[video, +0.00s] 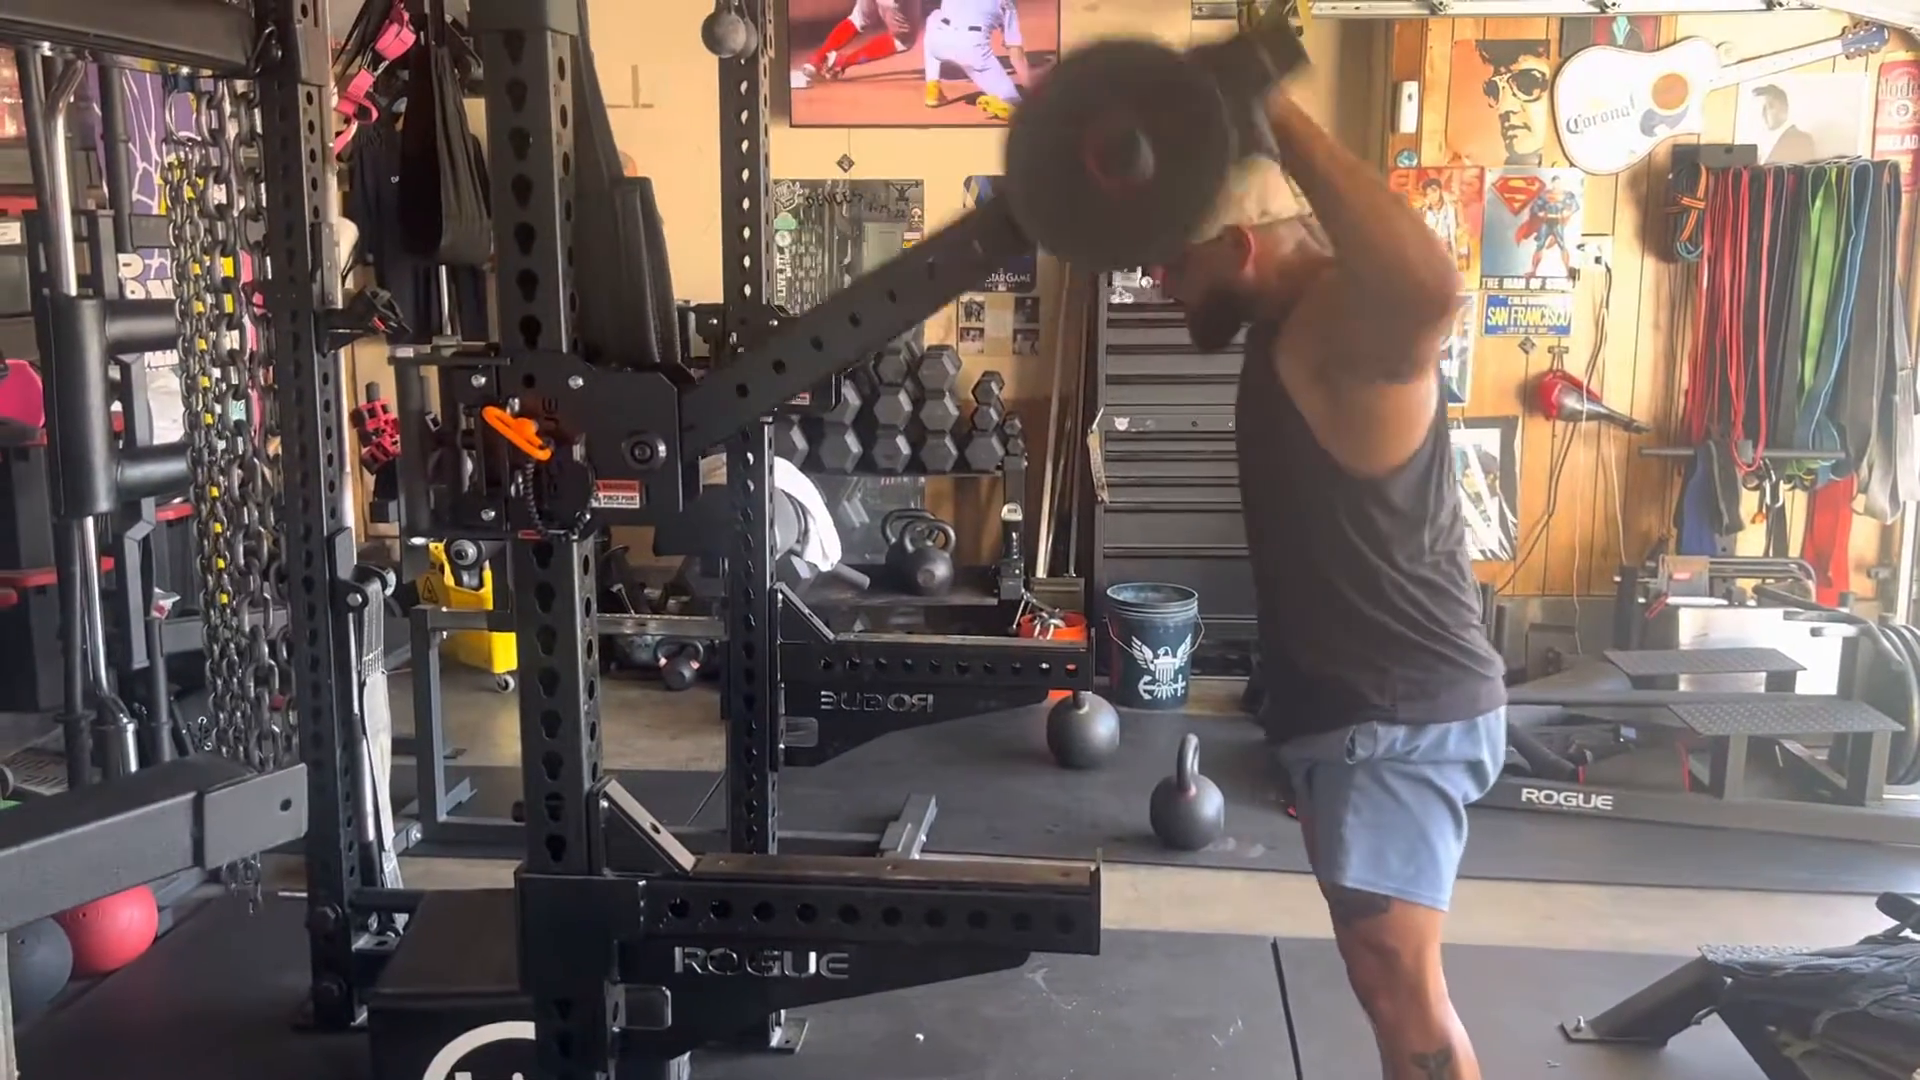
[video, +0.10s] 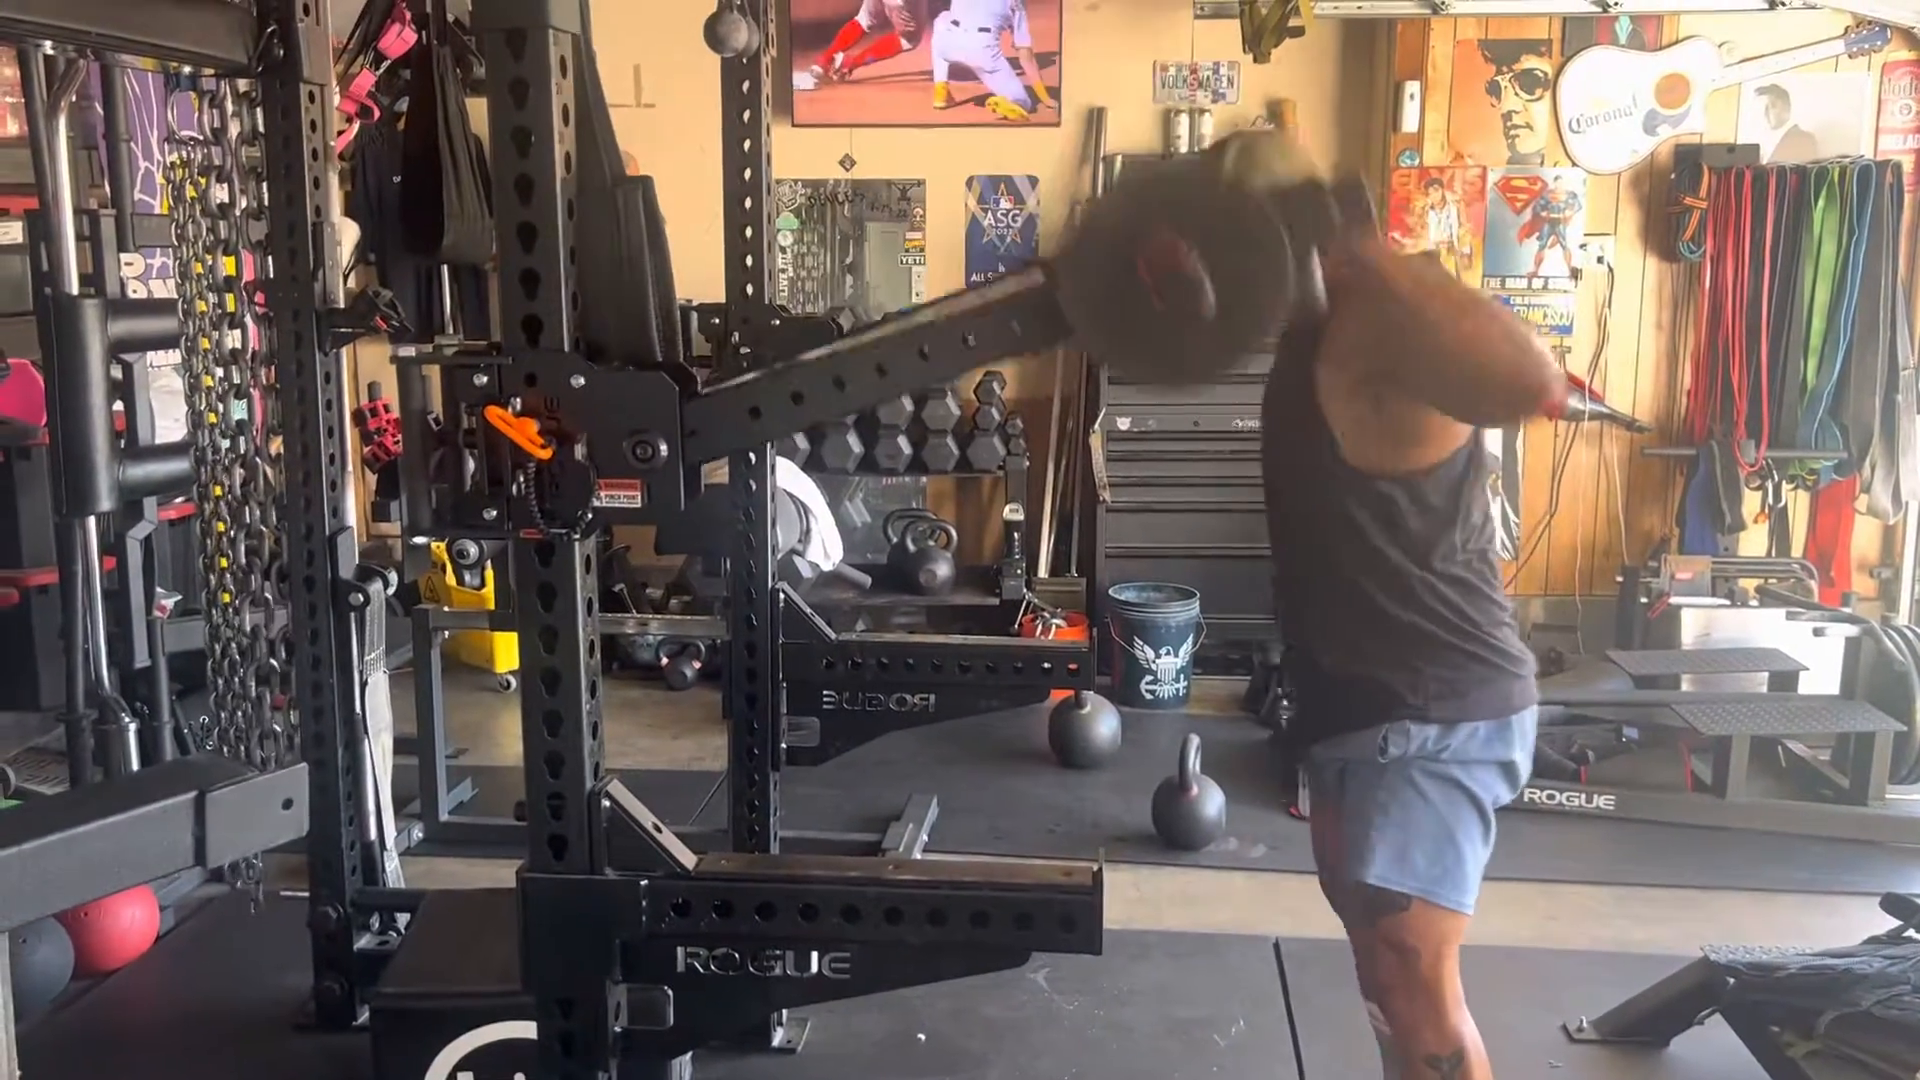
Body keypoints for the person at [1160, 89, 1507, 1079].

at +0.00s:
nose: (1161, 285)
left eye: (1173, 257)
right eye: (1156, 259)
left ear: (1243, 237)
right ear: (1241, 242)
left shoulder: (1350, 320)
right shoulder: (1292, 326)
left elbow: (1430, 285)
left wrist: (1281, 115)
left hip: (1396, 717)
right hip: (1351, 707)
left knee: (1400, 984)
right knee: (1390, 975)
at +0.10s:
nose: (1243, 252)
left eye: (1251, 229)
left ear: (1292, 227)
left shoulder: (1376, 312)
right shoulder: (1325, 322)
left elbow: (1535, 385)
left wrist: (1381, 260)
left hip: (1420, 716)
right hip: (1371, 709)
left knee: (1418, 1005)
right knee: (1398, 995)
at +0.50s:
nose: (1372, 310)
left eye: (1388, 288)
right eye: (1373, 288)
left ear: (1467, 302)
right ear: (1466, 304)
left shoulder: (1559, 417)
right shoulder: (1462, 402)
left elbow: (1453, 608)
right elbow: (1350, 517)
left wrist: (1261, 718)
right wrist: (1216, 578)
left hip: (1629, 750)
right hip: (1523, 724)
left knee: (1453, 987)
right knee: (1405, 876)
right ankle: (1444, 1047)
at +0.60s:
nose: (1333, 354)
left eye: (1348, 331)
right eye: (1334, 332)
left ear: (1427, 340)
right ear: (1426, 341)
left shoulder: (1521, 447)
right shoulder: (1429, 432)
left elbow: (1445, 644)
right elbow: (1330, 543)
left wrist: (1252, 742)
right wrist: (1203, 599)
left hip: (1637, 765)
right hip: (1529, 735)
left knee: (1444, 982)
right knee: (1397, 878)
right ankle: (1432, 1062)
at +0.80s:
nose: (1343, 376)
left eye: (1358, 354)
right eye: (1344, 355)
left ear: (1433, 358)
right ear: (1432, 359)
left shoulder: (1528, 463)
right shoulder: (1442, 450)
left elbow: (1444, 650)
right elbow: (1335, 558)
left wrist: (1256, 754)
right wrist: (1206, 609)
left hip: (1664, 773)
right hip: (1549, 742)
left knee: (1453, 980)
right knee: (1408, 876)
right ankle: (1434, 1054)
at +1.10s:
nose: (1456, 224)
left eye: (1471, 200)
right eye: (1458, 201)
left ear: (1548, 206)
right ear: (1538, 209)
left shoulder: (1628, 330)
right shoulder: (1514, 324)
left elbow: (1649, 440)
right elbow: (1435, 369)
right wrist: (1334, 352)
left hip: (1504, 697)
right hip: (1424, 674)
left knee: (1433, 973)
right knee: (1402, 936)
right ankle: (1432, 1067)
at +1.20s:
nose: (1391, 223)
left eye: (1410, 202)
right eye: (1387, 200)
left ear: (1471, 198)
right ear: (1403, 194)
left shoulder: (1549, 308)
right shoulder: (1444, 298)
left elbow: (1619, 390)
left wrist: (1411, 312)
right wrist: (1286, 268)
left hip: (1447, 703)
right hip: (1387, 688)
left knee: (1418, 972)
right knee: (1408, 963)